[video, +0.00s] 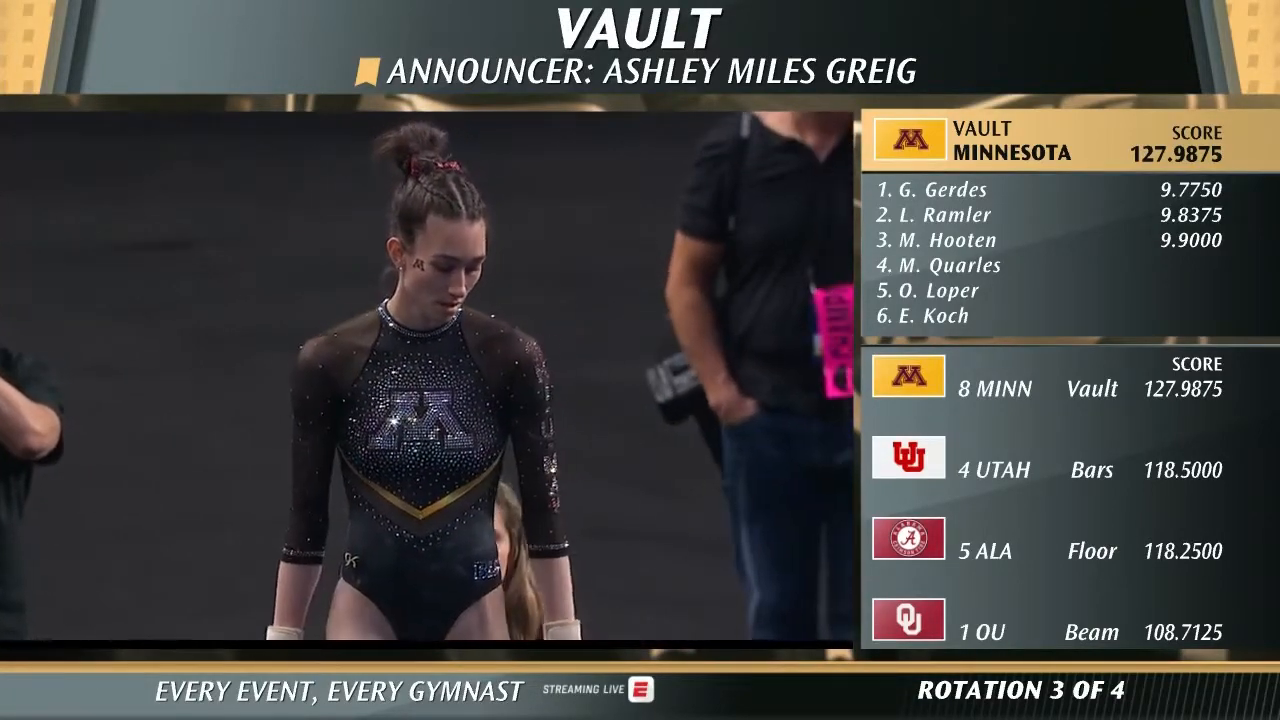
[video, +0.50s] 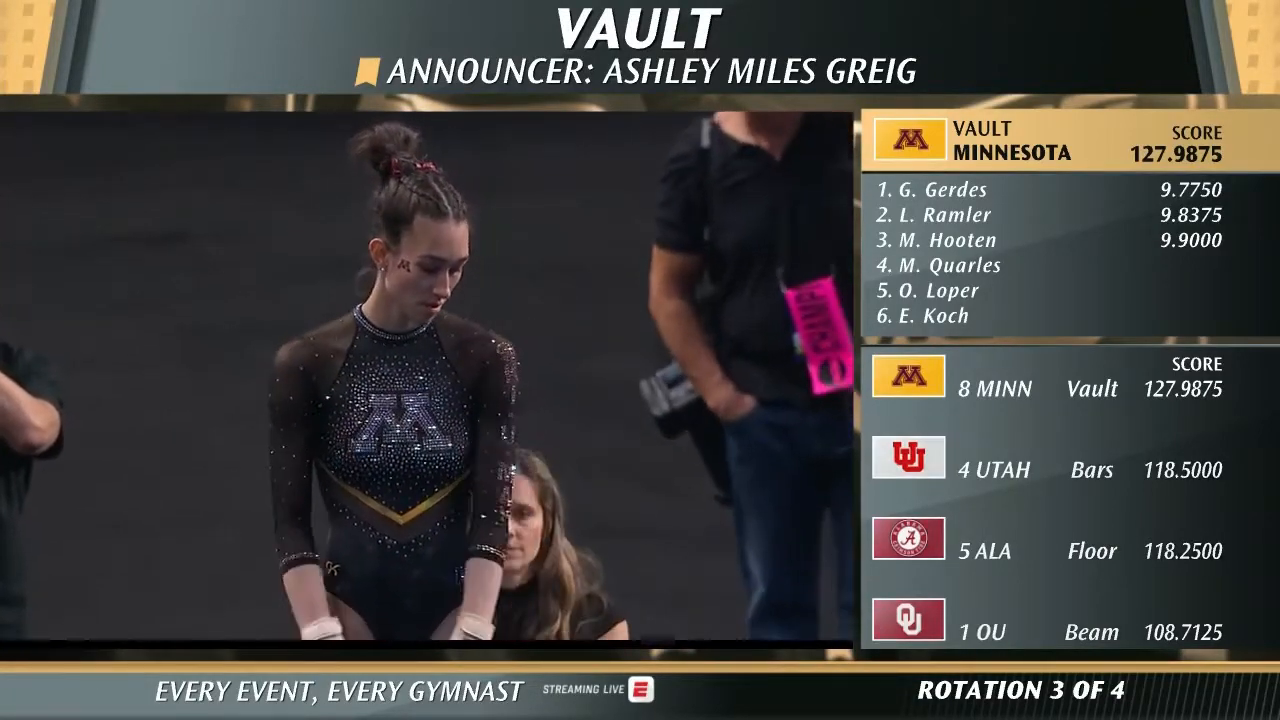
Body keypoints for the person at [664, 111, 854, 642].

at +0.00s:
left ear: (859, 74)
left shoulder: (878, 153)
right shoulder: (734, 148)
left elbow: (915, 276)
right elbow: (685, 284)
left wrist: (890, 394)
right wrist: (727, 399)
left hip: (868, 422)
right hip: (768, 424)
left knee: (863, 613)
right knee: (780, 613)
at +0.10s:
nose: (813, 87)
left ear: (845, 77)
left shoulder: (868, 153)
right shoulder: (723, 152)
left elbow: (903, 273)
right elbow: (679, 285)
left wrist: (880, 393)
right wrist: (721, 399)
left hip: (861, 421)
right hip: (761, 424)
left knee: (858, 610)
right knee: (776, 610)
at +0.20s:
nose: (809, 92)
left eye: (816, 84)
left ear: (831, 85)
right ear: (770, 80)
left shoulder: (861, 155)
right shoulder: (714, 161)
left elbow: (901, 272)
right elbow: (673, 292)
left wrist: (881, 393)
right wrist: (722, 403)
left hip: (862, 421)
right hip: (763, 426)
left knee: (858, 608)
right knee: (777, 608)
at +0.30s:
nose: (797, 92)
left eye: (805, 84)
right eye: (787, 84)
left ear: (820, 85)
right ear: (756, 80)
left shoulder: (855, 153)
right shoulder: (706, 165)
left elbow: (899, 268)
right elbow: (669, 294)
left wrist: (879, 391)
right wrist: (726, 404)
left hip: (863, 420)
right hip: (764, 425)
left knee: (862, 608)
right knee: (779, 607)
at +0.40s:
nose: (782, 88)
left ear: (810, 77)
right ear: (745, 77)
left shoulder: (854, 148)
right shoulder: (702, 164)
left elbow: (900, 266)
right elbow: (669, 298)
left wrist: (882, 389)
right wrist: (728, 404)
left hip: (866, 417)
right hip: (765, 424)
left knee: (868, 608)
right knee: (780, 608)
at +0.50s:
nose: (777, 90)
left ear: (804, 77)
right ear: (739, 78)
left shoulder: (848, 146)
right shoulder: (698, 163)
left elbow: (896, 263)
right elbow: (667, 294)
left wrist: (878, 384)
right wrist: (727, 399)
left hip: (863, 411)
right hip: (764, 419)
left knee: (870, 600)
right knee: (778, 602)